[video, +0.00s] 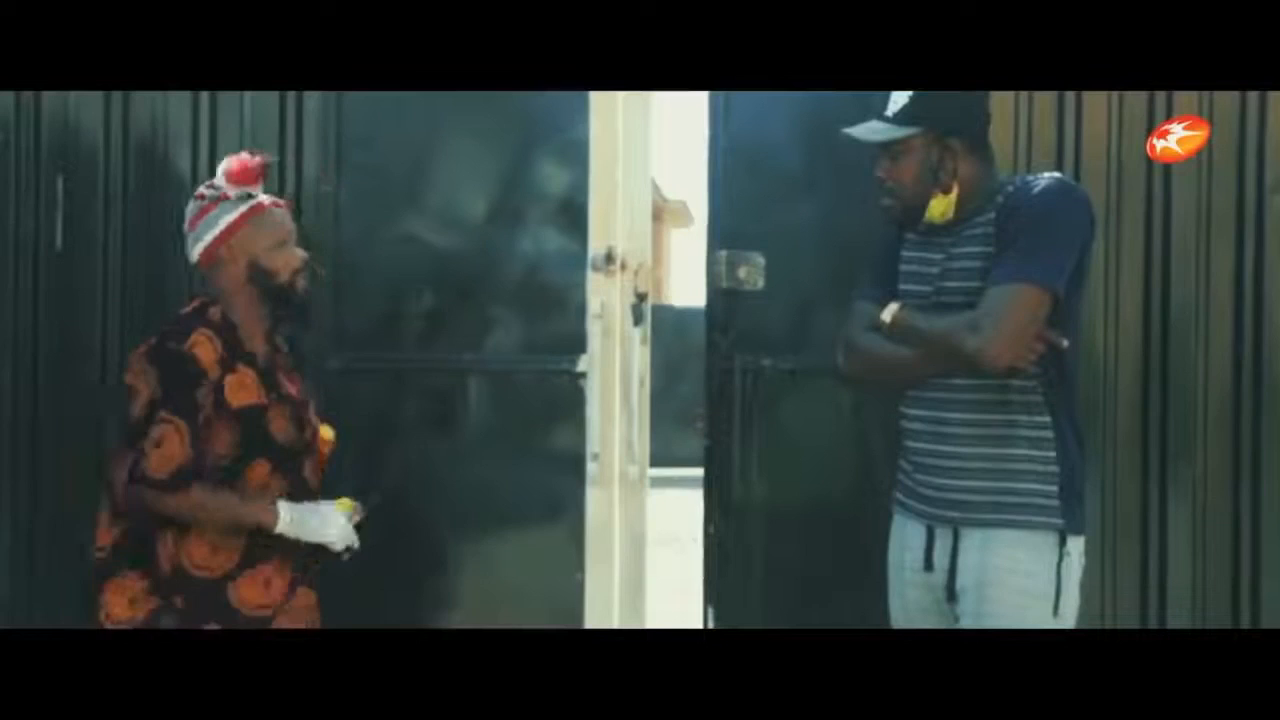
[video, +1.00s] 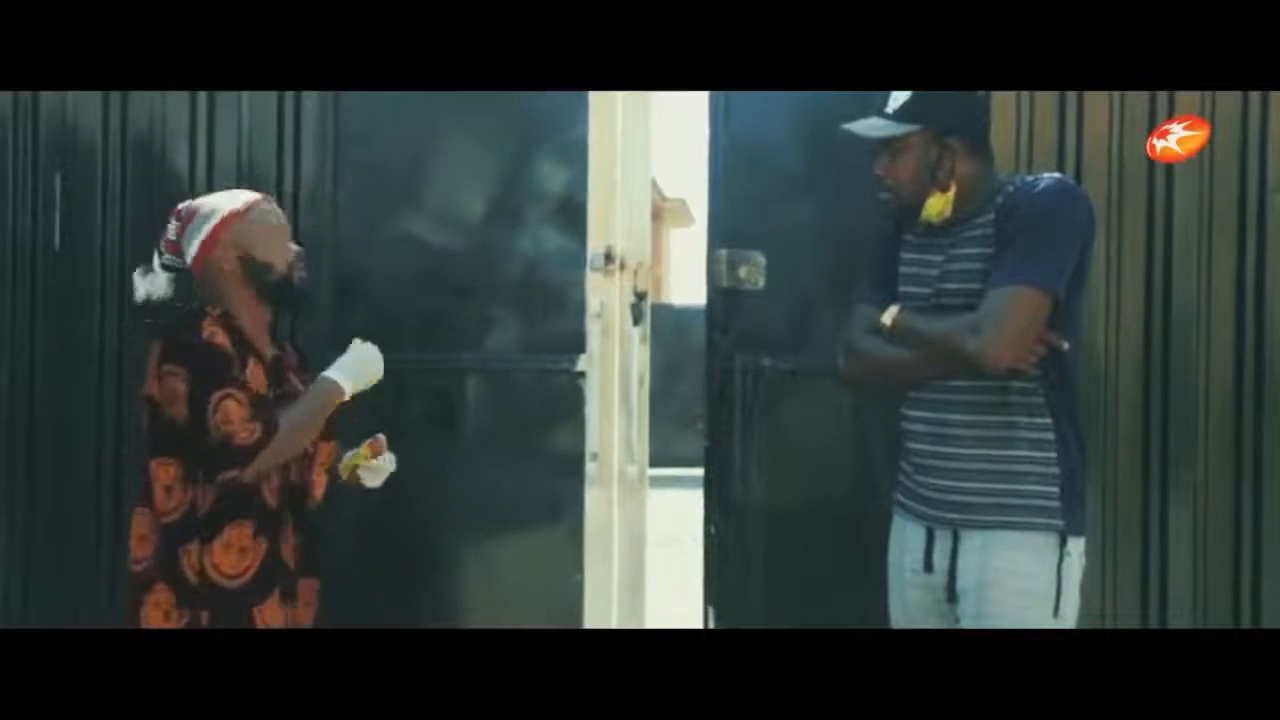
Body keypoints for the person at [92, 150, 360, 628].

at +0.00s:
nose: (302, 258)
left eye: (296, 242)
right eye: (282, 246)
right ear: (229, 260)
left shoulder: (274, 351)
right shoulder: (178, 356)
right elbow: (147, 484)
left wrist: (314, 512)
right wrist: (284, 518)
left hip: (267, 609)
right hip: (185, 612)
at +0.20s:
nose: (290, 307)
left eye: (295, 291)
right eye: (282, 289)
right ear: (235, 281)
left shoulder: (277, 367)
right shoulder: (169, 358)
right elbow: (181, 480)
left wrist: (359, 497)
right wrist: (323, 466)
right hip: (207, 608)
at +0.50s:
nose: (282, 244)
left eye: (280, 231)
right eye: (262, 233)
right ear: (215, 253)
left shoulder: (279, 356)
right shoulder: (184, 344)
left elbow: (286, 463)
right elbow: (231, 472)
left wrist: (352, 487)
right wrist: (311, 400)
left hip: (273, 595)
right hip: (195, 599)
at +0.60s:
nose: (281, 237)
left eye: (275, 225)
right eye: (257, 224)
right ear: (212, 254)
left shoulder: (282, 356)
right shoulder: (184, 344)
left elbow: (286, 464)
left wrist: (342, 484)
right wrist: (299, 429)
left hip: (273, 590)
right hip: (196, 597)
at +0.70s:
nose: (276, 231)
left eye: (268, 220)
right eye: (250, 220)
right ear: (207, 255)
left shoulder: (287, 356)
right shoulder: (187, 340)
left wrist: (332, 479)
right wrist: (305, 419)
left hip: (267, 574)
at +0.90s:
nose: (281, 230)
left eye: (276, 221)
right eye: (257, 220)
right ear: (216, 249)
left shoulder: (286, 356)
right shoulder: (189, 342)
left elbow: (275, 493)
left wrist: (330, 469)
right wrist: (301, 424)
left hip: (271, 582)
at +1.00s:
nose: (295, 242)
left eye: (285, 224)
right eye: (271, 222)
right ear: (229, 254)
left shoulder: (283, 355)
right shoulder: (192, 347)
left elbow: (276, 465)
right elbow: (242, 453)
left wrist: (341, 466)